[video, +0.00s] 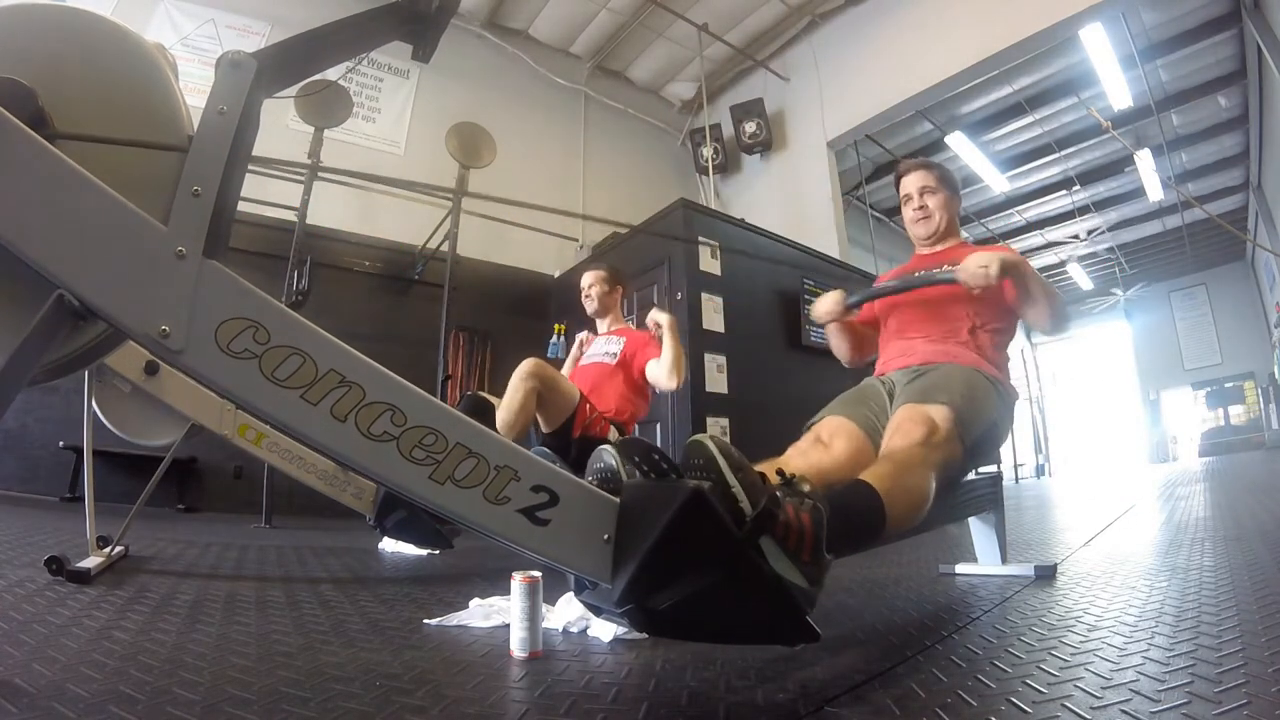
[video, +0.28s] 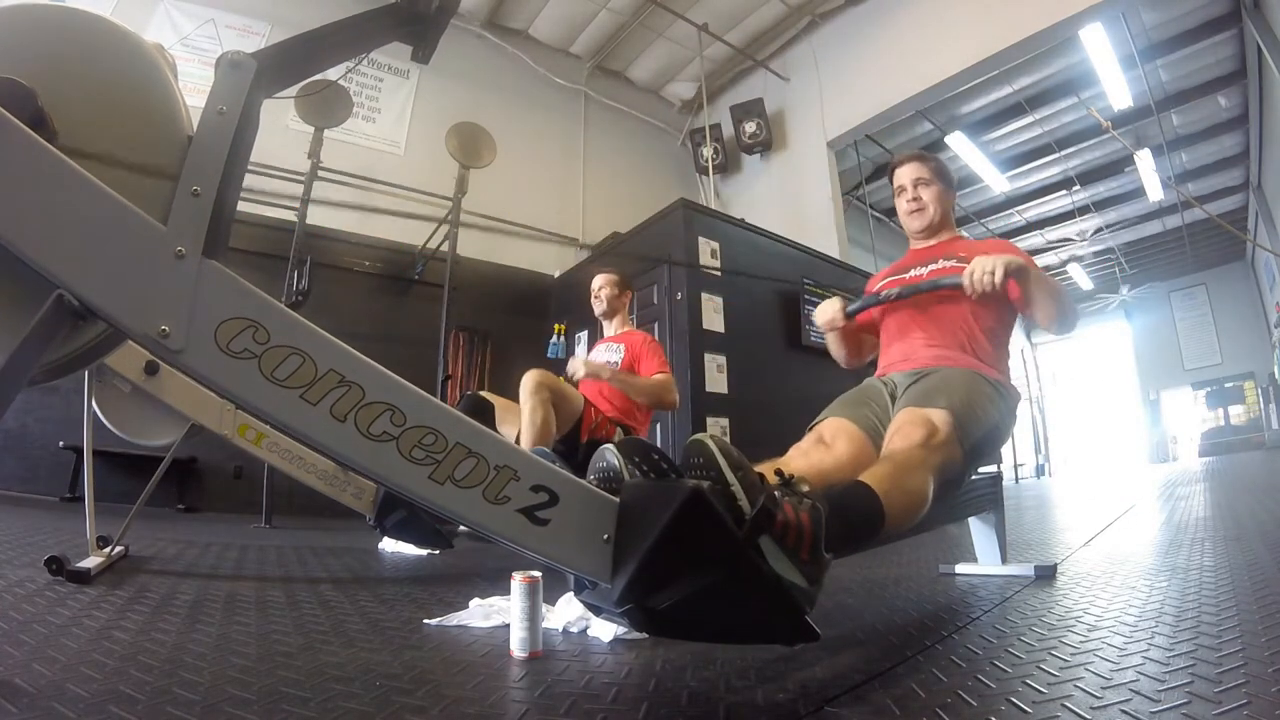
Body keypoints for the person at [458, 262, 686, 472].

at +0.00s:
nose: (585, 294)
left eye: (592, 287)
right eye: (582, 291)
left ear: (617, 292)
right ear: (582, 301)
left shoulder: (638, 339)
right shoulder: (587, 342)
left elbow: (670, 380)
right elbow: (560, 391)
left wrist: (669, 326)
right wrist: (574, 355)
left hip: (603, 432)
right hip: (564, 427)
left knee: (532, 370)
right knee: (476, 401)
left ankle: (491, 461)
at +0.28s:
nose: (595, 295)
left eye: (602, 289)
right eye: (593, 292)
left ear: (626, 297)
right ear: (592, 303)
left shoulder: (641, 341)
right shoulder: (596, 349)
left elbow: (669, 397)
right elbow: (591, 404)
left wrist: (605, 373)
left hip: (613, 436)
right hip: (574, 431)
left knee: (537, 380)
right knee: (477, 403)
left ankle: (530, 476)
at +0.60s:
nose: (596, 293)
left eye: (605, 287)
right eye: (594, 288)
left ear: (627, 297)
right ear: (592, 299)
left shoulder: (640, 340)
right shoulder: (598, 347)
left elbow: (670, 396)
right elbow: (600, 403)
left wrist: (605, 408)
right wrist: (570, 415)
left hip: (614, 442)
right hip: (579, 435)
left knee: (535, 417)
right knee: (485, 400)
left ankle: (490, 550)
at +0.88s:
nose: (597, 291)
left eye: (605, 284)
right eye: (594, 285)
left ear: (628, 294)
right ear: (590, 294)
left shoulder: (638, 328)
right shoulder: (595, 337)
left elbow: (650, 390)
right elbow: (593, 393)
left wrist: (579, 391)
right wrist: (562, 406)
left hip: (622, 435)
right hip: (582, 425)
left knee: (539, 418)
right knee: (496, 393)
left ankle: (492, 550)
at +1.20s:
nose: (578, 281)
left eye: (588, 275)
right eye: (579, 276)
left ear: (611, 285)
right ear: (573, 284)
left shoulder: (623, 326)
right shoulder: (583, 341)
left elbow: (617, 391)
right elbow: (573, 395)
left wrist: (554, 390)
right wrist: (526, 394)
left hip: (610, 428)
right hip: (573, 424)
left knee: (535, 413)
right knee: (477, 412)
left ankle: (500, 551)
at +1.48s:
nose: (545, 278)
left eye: (555, 273)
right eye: (548, 273)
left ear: (576, 280)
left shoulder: (594, 321)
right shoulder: (551, 341)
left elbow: (574, 385)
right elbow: (523, 388)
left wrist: (500, 392)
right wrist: (475, 394)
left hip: (601, 428)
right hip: (558, 422)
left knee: (520, 412)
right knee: (465, 407)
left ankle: (494, 551)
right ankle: (442, 529)